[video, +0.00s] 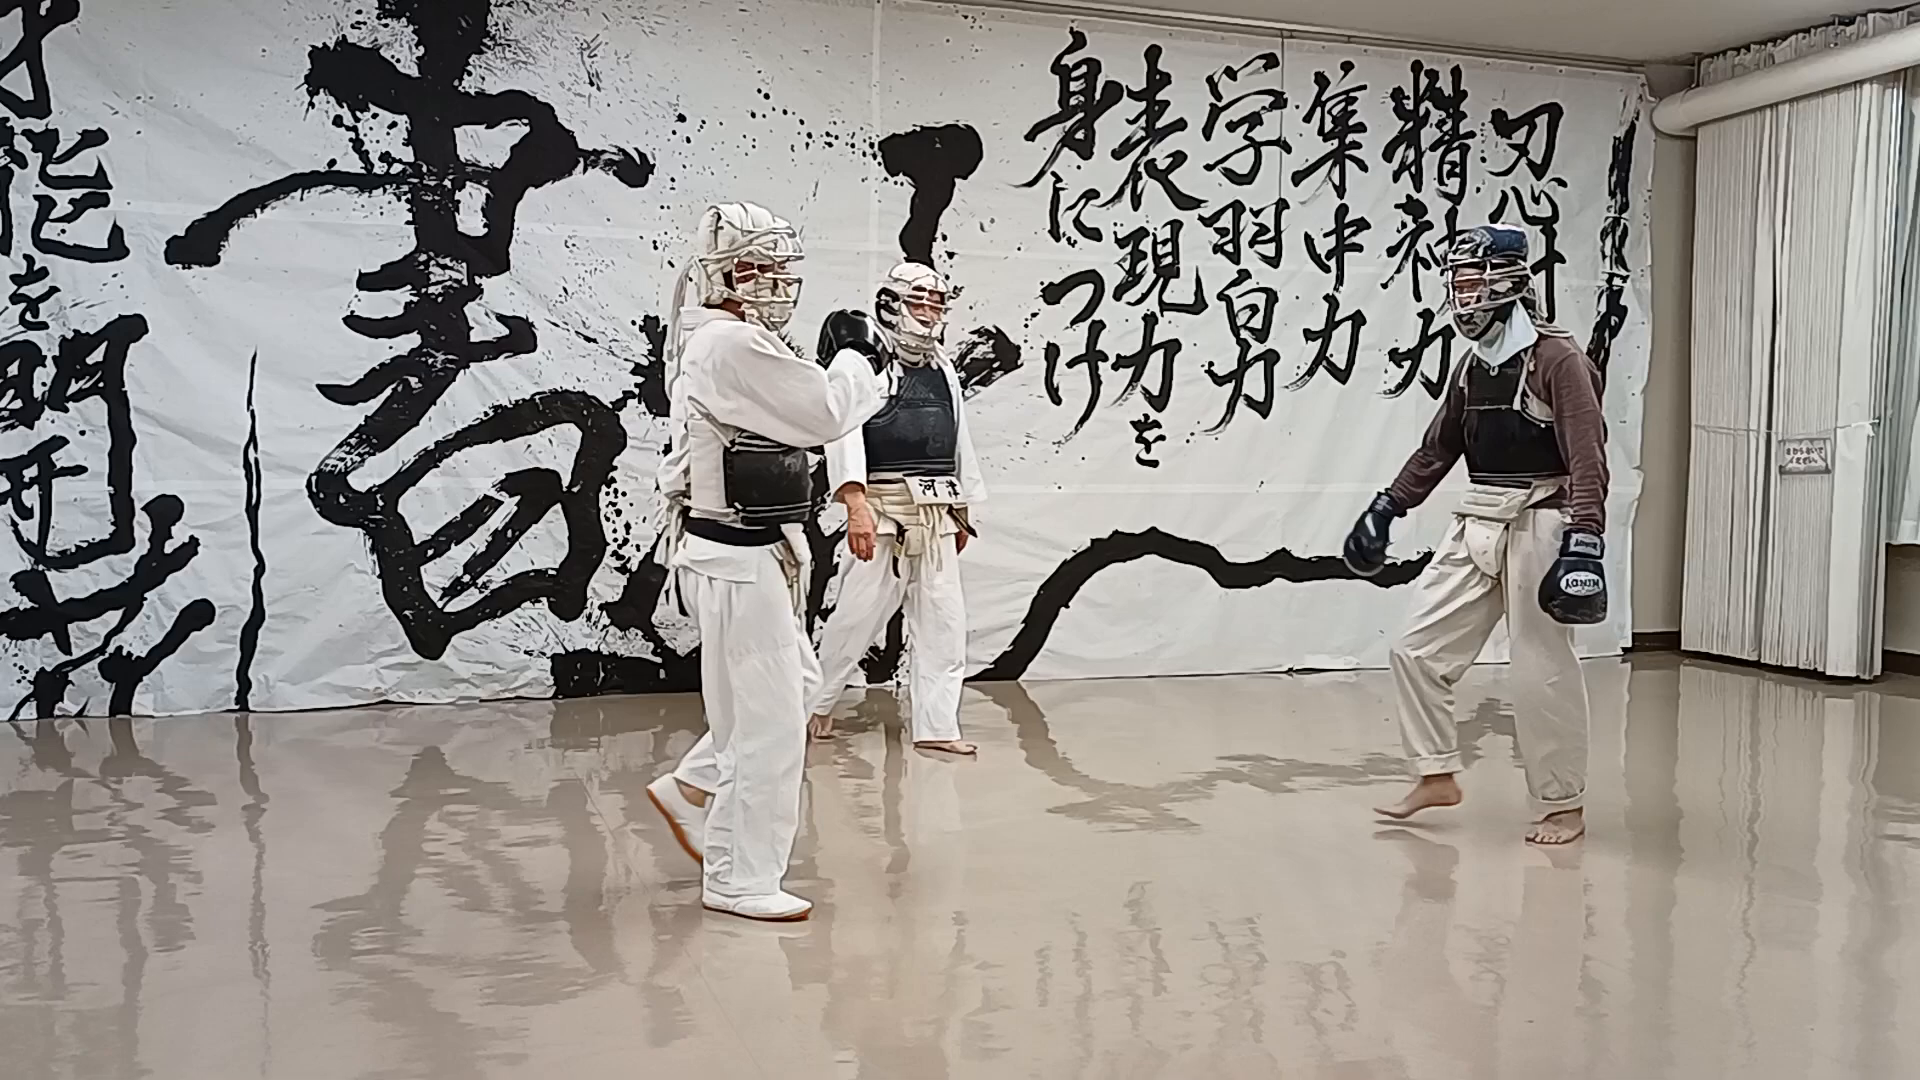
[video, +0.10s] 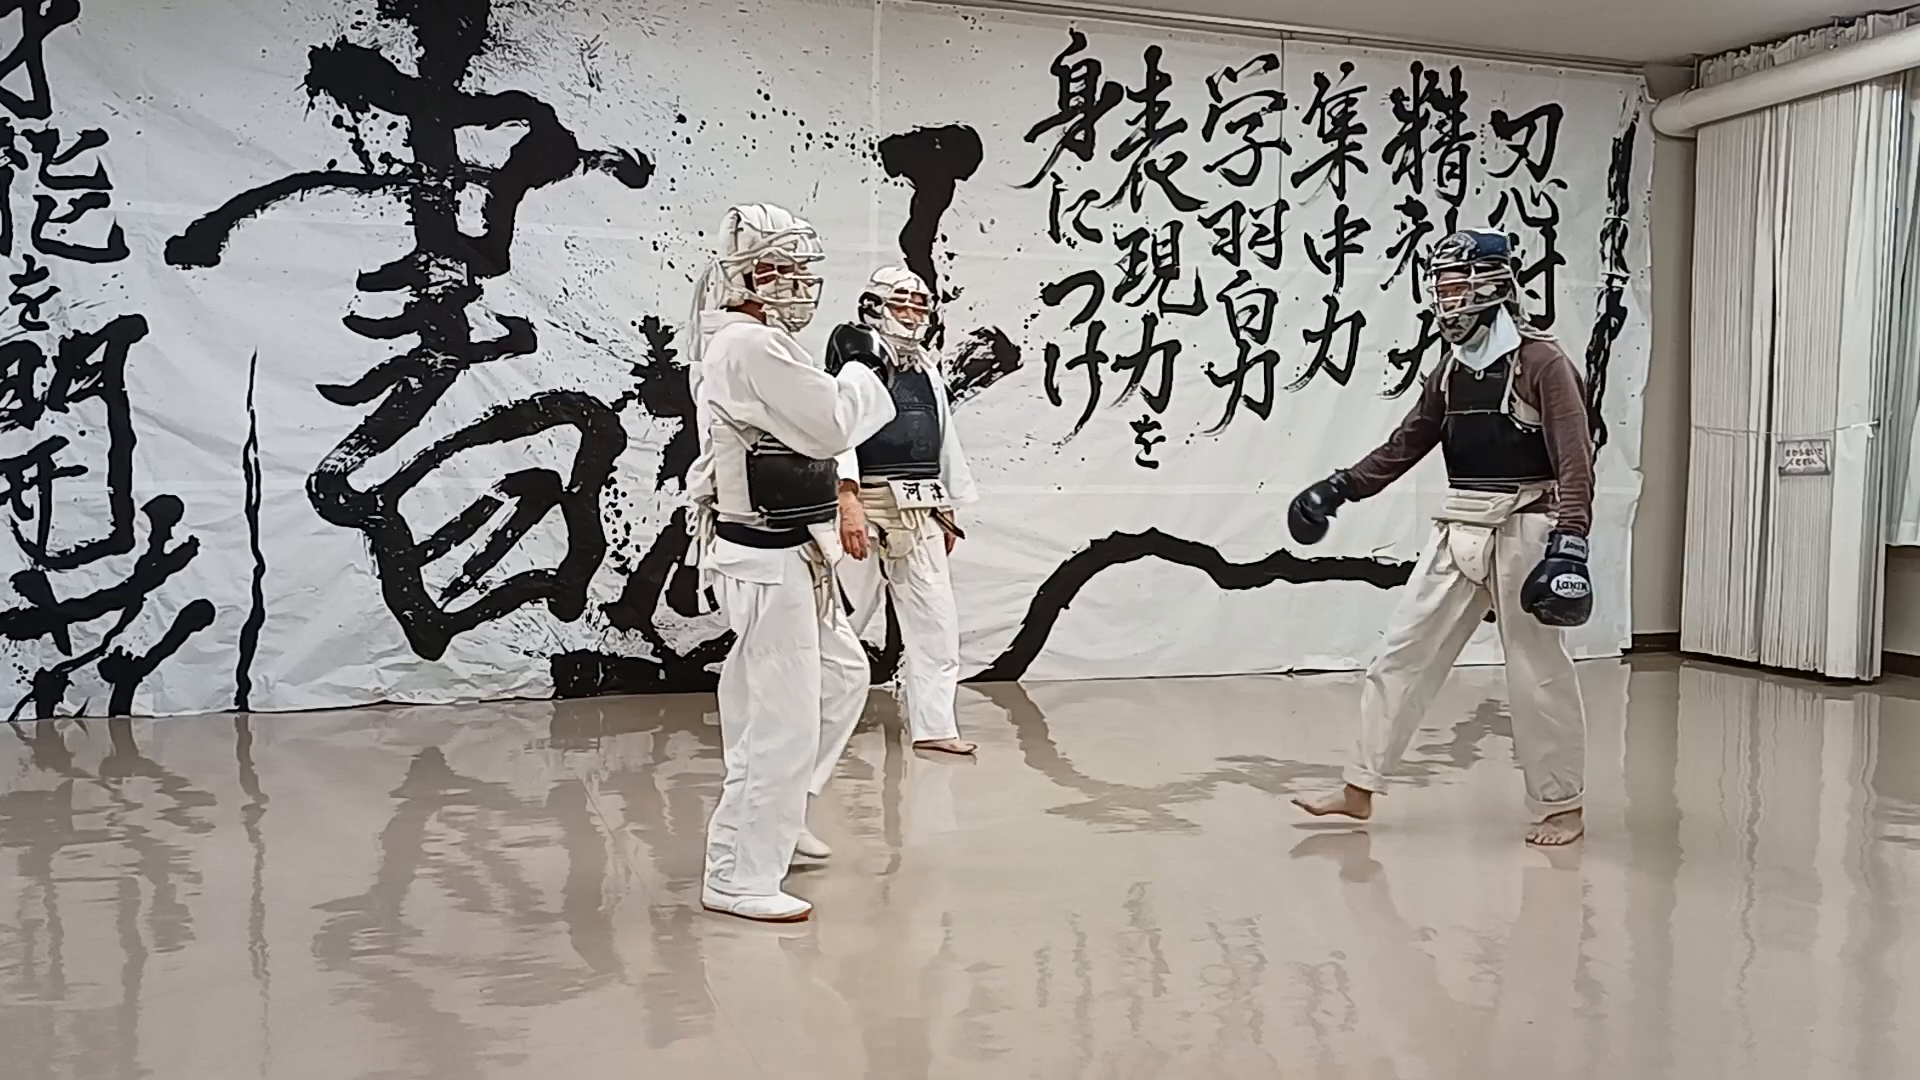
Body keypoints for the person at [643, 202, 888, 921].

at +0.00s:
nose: (780, 286)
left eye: (783, 273)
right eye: (765, 273)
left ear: (770, 277)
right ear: (729, 277)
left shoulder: (728, 338)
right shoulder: (730, 343)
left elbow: (802, 408)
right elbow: (827, 413)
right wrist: (856, 367)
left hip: (737, 550)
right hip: (739, 556)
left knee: (796, 684)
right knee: (772, 717)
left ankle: (694, 786)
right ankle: (742, 881)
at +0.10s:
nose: (799, 285)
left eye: (801, 272)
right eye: (786, 272)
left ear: (760, 276)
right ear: (751, 275)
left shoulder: (753, 337)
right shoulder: (745, 344)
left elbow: (814, 421)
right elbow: (833, 420)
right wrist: (865, 377)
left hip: (783, 552)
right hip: (762, 558)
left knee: (844, 675)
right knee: (778, 719)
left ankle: (775, 818)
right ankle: (739, 878)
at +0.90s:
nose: (914, 298)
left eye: (923, 287)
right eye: (901, 284)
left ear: (932, 295)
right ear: (874, 289)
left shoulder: (912, 366)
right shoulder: (849, 353)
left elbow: (908, 460)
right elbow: (838, 456)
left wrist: (921, 534)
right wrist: (896, 531)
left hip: (903, 555)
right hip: (845, 556)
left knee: (936, 692)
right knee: (832, 708)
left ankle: (931, 831)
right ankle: (791, 852)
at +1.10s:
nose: (905, 305)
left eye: (914, 294)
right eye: (891, 293)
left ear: (924, 300)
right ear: (860, 296)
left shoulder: (912, 369)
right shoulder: (836, 355)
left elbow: (936, 452)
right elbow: (841, 465)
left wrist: (943, 509)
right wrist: (917, 519)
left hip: (895, 557)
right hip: (837, 560)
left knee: (956, 677)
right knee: (830, 714)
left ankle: (967, 808)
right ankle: (789, 853)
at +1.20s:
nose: (908, 308)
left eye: (916, 296)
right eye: (894, 295)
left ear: (923, 300)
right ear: (864, 296)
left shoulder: (905, 362)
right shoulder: (836, 357)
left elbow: (917, 451)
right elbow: (874, 447)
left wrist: (944, 509)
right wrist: (962, 442)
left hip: (897, 552)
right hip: (841, 559)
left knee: (938, 686)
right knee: (832, 715)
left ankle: (978, 807)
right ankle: (788, 853)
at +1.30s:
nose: (915, 314)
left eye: (923, 303)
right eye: (902, 301)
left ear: (932, 307)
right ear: (871, 301)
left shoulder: (905, 367)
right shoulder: (846, 362)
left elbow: (931, 445)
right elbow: (920, 422)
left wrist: (948, 493)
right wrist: (978, 374)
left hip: (901, 560)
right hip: (853, 563)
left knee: (932, 694)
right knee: (843, 715)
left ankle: (971, 814)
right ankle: (788, 853)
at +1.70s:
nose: (960, 324)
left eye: (968, 314)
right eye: (950, 311)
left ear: (969, 317)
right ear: (917, 306)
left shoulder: (932, 369)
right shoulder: (884, 364)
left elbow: (987, 430)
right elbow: (966, 420)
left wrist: (1010, 364)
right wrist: (1006, 358)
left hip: (929, 560)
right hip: (873, 562)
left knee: (976, 680)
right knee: (868, 707)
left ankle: (984, 817)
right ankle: (815, 846)